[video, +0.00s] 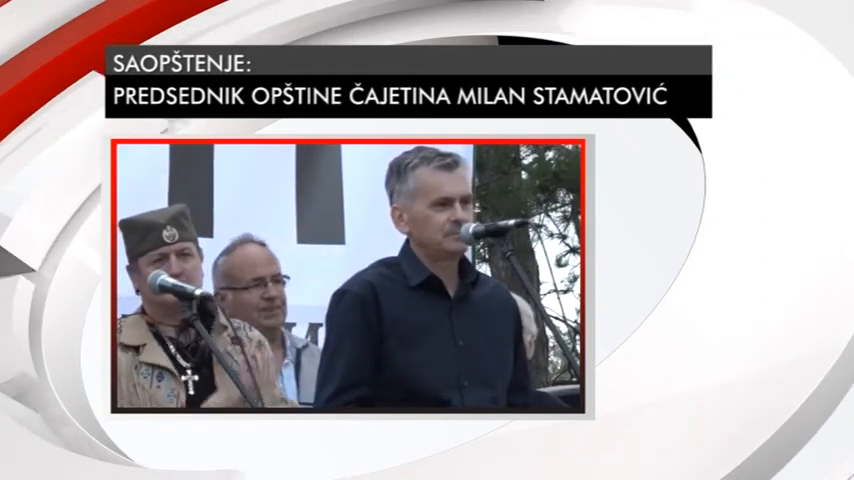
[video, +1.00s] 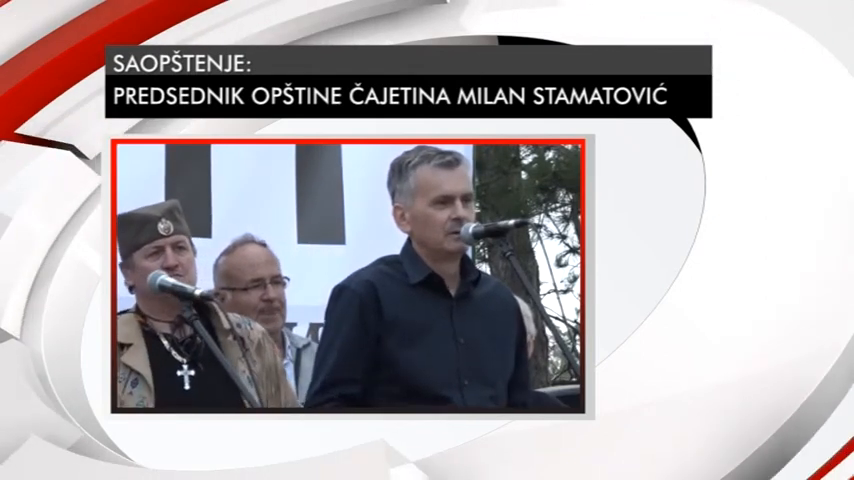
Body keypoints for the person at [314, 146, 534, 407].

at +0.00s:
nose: (459, 217)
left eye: (466, 203)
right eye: (442, 205)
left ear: (475, 208)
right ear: (401, 218)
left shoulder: (499, 302)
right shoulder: (362, 299)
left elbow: (520, 406)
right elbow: (335, 414)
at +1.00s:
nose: (460, 214)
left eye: (467, 201)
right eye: (443, 203)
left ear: (475, 208)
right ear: (402, 217)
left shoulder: (502, 303)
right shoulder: (362, 296)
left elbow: (519, 409)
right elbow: (325, 408)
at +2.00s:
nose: (461, 215)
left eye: (467, 202)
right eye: (443, 204)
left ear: (474, 206)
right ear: (402, 217)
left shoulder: (500, 300)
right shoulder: (362, 296)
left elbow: (520, 405)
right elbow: (332, 412)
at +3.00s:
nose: (462, 214)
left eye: (468, 200)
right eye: (443, 202)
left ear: (476, 204)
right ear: (402, 215)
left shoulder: (499, 301)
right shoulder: (360, 296)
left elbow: (521, 406)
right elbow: (331, 408)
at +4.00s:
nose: (462, 211)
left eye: (466, 198)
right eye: (443, 200)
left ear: (474, 203)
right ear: (402, 215)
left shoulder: (499, 301)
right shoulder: (368, 290)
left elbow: (531, 397)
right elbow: (327, 397)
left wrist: (597, 397)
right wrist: (386, 400)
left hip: (496, 462)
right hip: (401, 463)